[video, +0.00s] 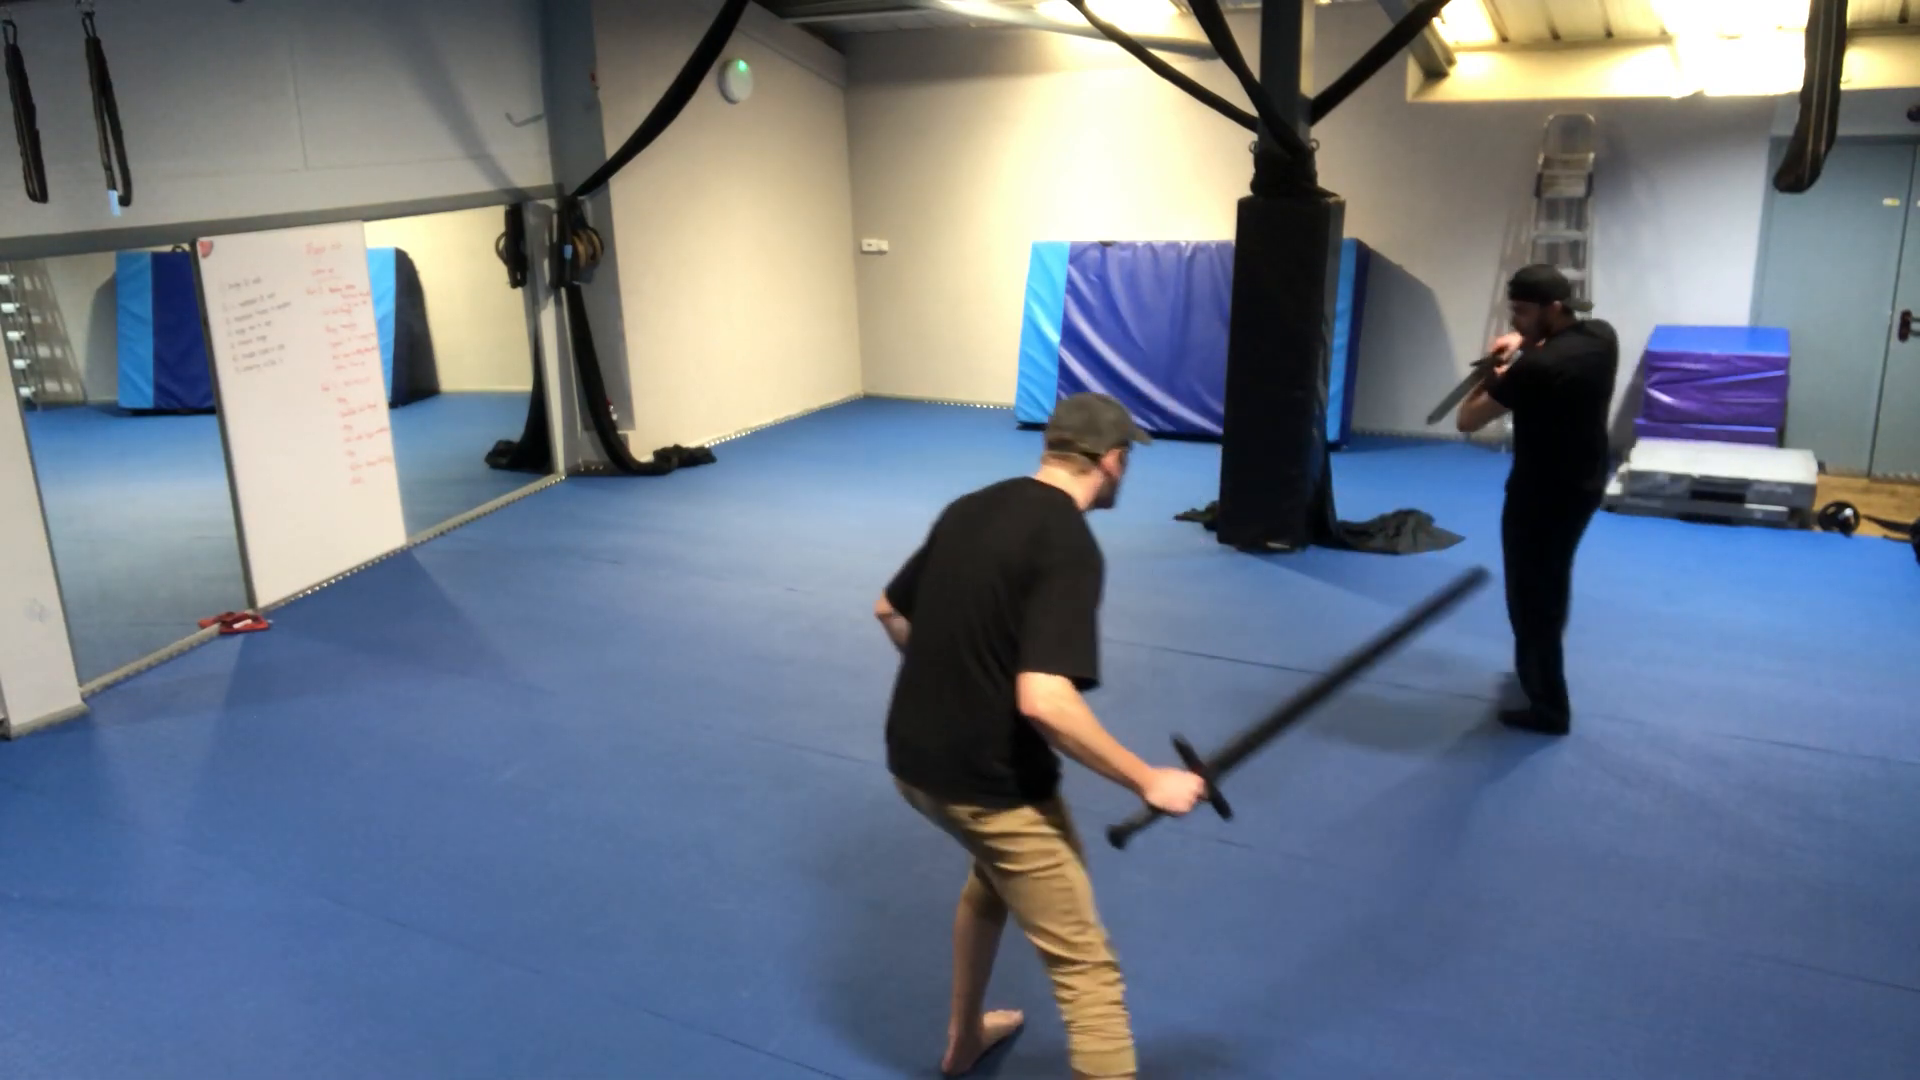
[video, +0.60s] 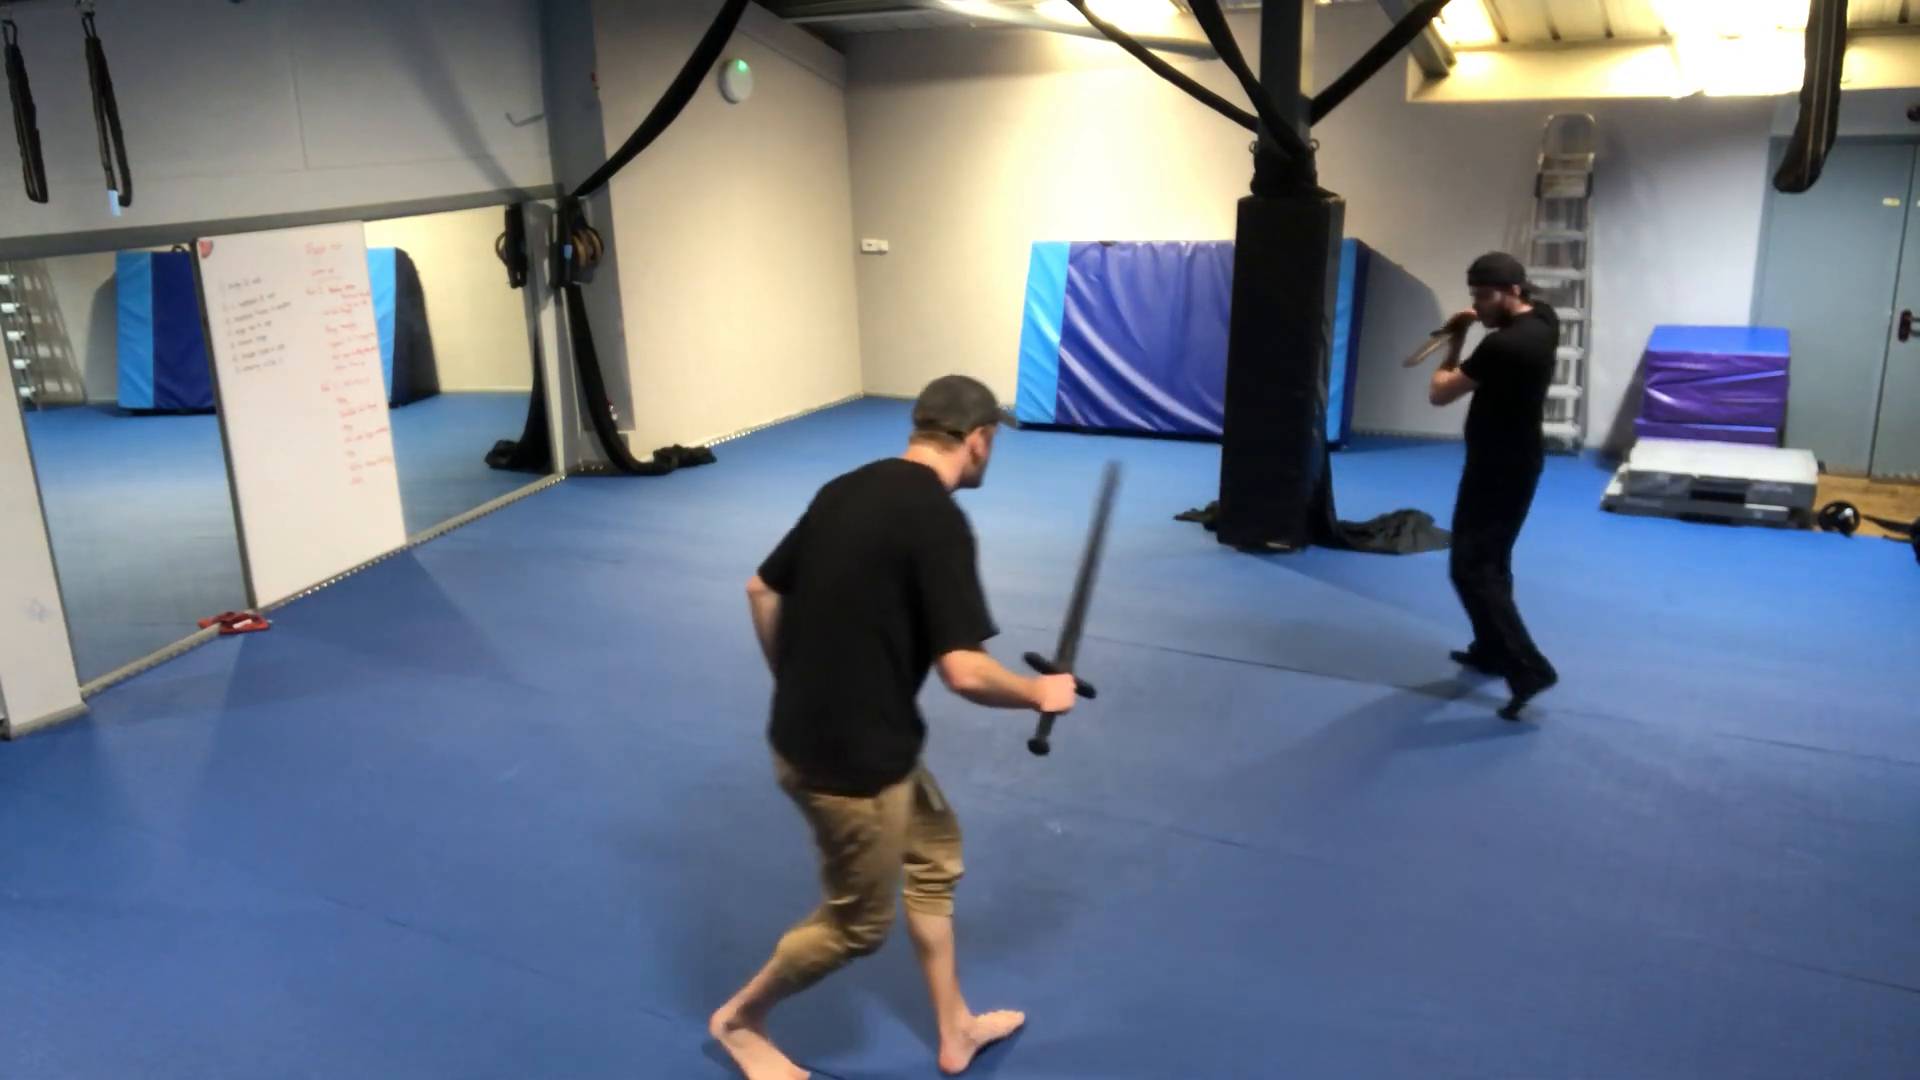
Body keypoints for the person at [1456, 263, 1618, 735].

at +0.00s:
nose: (1515, 319)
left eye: (1522, 311)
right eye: (1513, 310)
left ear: (1552, 310)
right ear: (1562, 309)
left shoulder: (1535, 366)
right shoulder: (1602, 337)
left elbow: (1468, 420)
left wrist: (1496, 372)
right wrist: (1517, 357)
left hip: (1538, 493)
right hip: (1583, 485)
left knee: (1529, 596)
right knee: (1550, 581)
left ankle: (1548, 709)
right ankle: (1538, 675)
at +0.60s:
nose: (1476, 305)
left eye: (1483, 297)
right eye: (1474, 297)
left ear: (1511, 293)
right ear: (1516, 293)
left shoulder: (1502, 342)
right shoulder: (1543, 320)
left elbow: (1440, 392)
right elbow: (1514, 308)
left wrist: (1453, 344)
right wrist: (1477, 316)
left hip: (1493, 463)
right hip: (1519, 457)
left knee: (1469, 568)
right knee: (1490, 561)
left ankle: (1528, 668)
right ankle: (1491, 649)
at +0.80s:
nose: (1464, 301)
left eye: (1470, 292)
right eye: (1461, 293)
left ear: (1498, 290)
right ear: (1502, 289)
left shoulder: (1492, 340)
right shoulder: (1525, 317)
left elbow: (1424, 382)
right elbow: (1502, 290)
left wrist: (1434, 330)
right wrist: (1460, 308)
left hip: (1481, 459)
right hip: (1505, 454)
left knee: (1436, 554)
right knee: (1483, 552)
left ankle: (1472, 662)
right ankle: (1490, 654)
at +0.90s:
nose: (1455, 301)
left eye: (1460, 293)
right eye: (1453, 293)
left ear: (1486, 290)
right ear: (1492, 289)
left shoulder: (1483, 340)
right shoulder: (1516, 318)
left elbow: (1416, 380)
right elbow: (1491, 292)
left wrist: (1424, 329)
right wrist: (1437, 316)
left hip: (1473, 460)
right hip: (1501, 454)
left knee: (1426, 555)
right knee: (1477, 551)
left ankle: (1429, 667)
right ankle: (1489, 652)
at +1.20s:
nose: (1416, 305)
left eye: (1421, 297)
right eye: (1416, 295)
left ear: (1449, 296)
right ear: (1456, 295)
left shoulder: (1444, 344)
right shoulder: (1483, 322)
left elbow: (1375, 378)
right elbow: (1463, 295)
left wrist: (1393, 322)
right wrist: (1424, 300)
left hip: (1441, 466)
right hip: (1470, 459)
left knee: (1398, 566)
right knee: (1460, 553)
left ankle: (1357, 663)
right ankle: (1485, 651)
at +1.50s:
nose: (1366, 308)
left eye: (1372, 300)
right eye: (1365, 299)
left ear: (1399, 299)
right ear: (1406, 299)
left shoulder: (1392, 346)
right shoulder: (1432, 326)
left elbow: (1326, 379)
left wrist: (1346, 329)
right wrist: (1362, 307)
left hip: (1397, 465)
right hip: (1421, 456)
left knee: (1357, 565)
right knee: (1402, 543)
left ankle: (1352, 668)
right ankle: (1452, 625)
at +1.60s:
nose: (1354, 312)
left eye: (1360, 305)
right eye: (1353, 304)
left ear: (1385, 302)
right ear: (1390, 301)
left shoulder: (1380, 350)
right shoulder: (1417, 323)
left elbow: (1311, 381)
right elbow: (1389, 303)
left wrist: (1329, 326)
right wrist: (1353, 301)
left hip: (1388, 466)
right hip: (1412, 456)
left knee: (1346, 562)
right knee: (1382, 538)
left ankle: (1351, 668)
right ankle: (1417, 622)